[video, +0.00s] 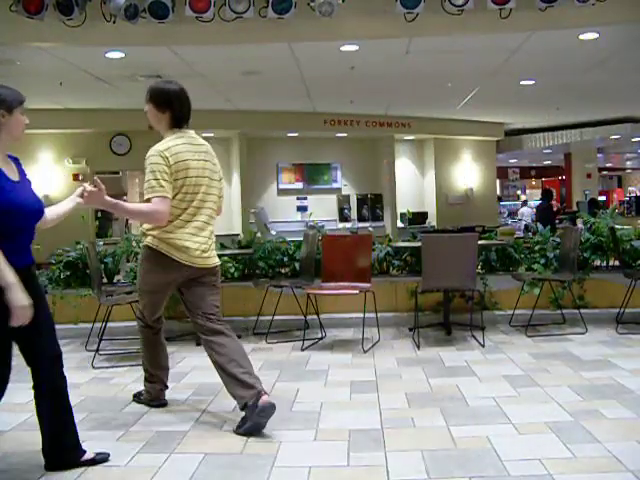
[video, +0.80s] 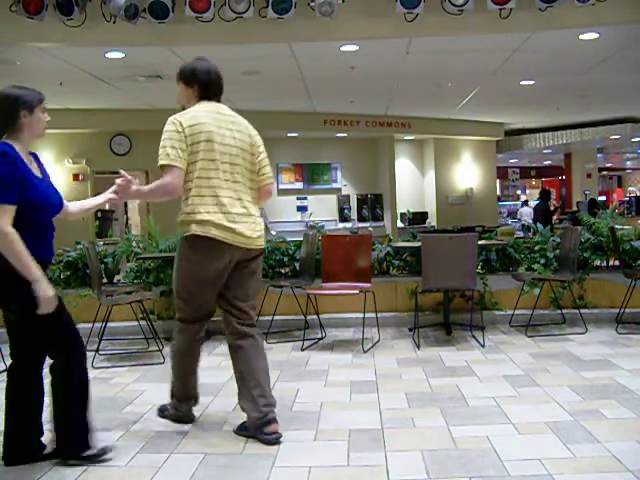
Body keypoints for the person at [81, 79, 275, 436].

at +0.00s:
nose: (146, 116)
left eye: (148, 110)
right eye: (146, 110)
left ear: (162, 111)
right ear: (182, 111)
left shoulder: (161, 152)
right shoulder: (206, 149)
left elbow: (159, 213)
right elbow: (215, 208)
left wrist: (106, 203)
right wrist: (172, 206)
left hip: (163, 251)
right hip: (203, 252)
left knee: (150, 320)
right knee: (213, 324)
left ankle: (154, 391)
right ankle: (254, 398)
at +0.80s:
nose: (177, 95)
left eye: (180, 88)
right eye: (178, 88)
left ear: (193, 88)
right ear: (214, 89)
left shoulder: (182, 121)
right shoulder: (246, 127)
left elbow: (172, 185)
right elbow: (266, 190)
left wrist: (136, 192)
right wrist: (230, 205)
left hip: (206, 234)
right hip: (250, 236)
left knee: (189, 323)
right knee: (244, 325)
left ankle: (182, 406)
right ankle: (263, 419)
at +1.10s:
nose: (207, 81)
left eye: (208, 75)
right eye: (209, 75)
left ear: (216, 76)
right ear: (247, 75)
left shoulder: (200, 111)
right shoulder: (277, 114)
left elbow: (186, 181)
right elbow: (298, 175)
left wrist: (163, 188)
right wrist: (272, 205)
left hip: (225, 230)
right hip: (273, 234)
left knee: (222, 330)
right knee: (263, 330)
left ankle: (237, 431)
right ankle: (267, 423)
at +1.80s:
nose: (206, 74)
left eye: (205, 67)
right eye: (207, 67)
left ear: (212, 67)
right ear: (252, 63)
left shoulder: (195, 120)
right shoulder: (295, 112)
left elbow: (195, 200)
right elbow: (317, 194)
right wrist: (276, 213)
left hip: (230, 259)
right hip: (283, 258)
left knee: (220, 373)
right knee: (265, 359)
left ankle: (289, 473)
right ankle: (262, 444)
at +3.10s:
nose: (212, 71)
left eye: (211, 65)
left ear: (214, 67)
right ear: (251, 64)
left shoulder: (209, 107)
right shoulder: (282, 107)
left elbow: (164, 178)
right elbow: (302, 175)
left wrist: (179, 196)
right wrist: (265, 171)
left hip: (230, 236)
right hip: (274, 239)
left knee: (223, 330)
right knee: (260, 330)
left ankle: (253, 436)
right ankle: (267, 424)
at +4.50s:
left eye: (170, 123)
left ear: (173, 122)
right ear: (200, 115)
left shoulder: (166, 152)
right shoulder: (228, 143)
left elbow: (144, 206)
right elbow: (261, 191)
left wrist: (158, 212)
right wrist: (273, 172)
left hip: (188, 243)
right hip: (230, 241)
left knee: (201, 314)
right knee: (253, 309)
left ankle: (200, 386)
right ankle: (289, 382)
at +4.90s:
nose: (203, 134)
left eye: (204, 128)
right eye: (201, 129)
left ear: (217, 123)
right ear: (229, 122)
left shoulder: (222, 153)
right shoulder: (260, 147)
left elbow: (204, 210)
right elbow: (279, 192)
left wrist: (168, 206)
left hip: (242, 252)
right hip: (275, 249)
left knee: (214, 311)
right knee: (274, 307)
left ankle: (204, 385)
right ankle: (321, 352)